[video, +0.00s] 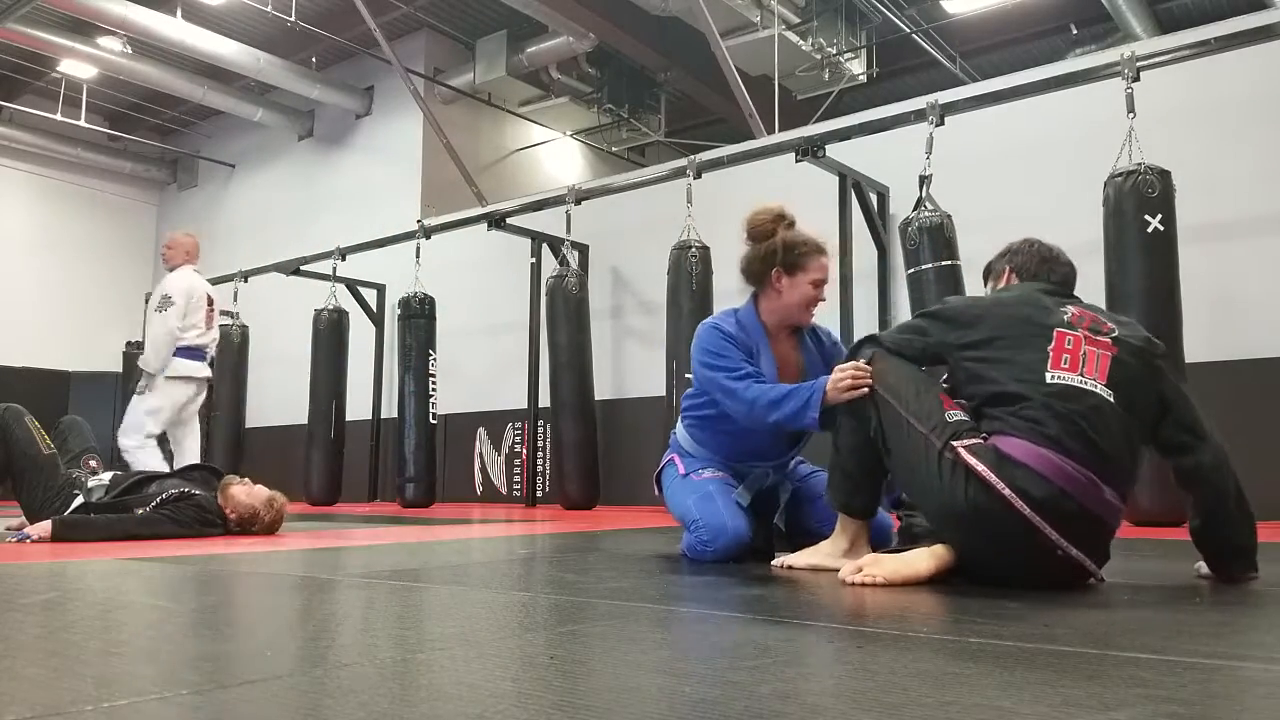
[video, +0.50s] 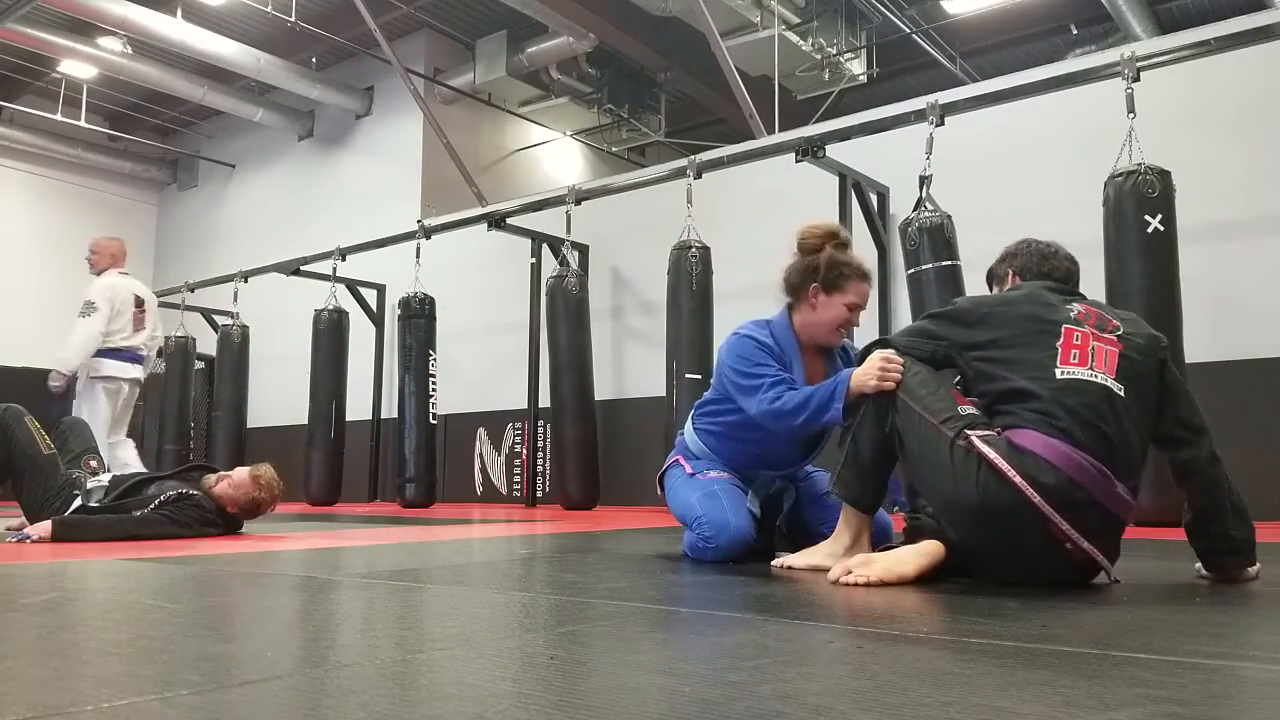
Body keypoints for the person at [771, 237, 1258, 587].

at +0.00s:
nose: (984, 299)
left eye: (987, 289)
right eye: (989, 291)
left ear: (1005, 279)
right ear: (1067, 289)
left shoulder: (983, 306)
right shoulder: (1137, 344)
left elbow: (869, 356)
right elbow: (1209, 466)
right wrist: (1232, 565)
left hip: (983, 508)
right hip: (1070, 560)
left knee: (870, 367)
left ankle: (846, 538)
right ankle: (932, 555)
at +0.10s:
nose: (981, 301)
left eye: (984, 292)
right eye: (986, 293)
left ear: (1002, 281)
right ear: (1063, 290)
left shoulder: (981, 310)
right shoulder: (1134, 342)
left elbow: (867, 358)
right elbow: (1200, 461)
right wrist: (1232, 564)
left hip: (980, 508)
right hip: (1067, 561)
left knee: (870, 367)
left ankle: (846, 538)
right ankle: (931, 552)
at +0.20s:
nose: (981, 298)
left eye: (985, 288)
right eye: (986, 289)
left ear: (1004, 279)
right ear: (1065, 288)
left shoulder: (977, 307)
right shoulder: (1134, 342)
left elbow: (868, 362)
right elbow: (1195, 459)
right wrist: (1232, 562)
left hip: (979, 505)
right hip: (1065, 560)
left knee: (872, 365)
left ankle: (845, 537)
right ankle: (933, 552)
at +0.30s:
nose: (983, 298)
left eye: (986, 289)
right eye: (987, 291)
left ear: (1005, 277)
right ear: (1064, 284)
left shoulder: (981, 305)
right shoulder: (1135, 341)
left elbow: (874, 358)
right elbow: (1192, 459)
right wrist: (1230, 561)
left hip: (982, 505)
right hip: (1067, 560)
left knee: (884, 367)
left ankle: (846, 537)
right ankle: (933, 550)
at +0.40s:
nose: (985, 299)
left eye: (988, 291)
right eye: (989, 292)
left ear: (1007, 279)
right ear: (1066, 286)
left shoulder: (987, 304)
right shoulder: (1137, 339)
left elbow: (880, 356)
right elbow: (1194, 458)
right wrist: (1230, 561)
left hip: (989, 504)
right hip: (1070, 558)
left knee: (890, 370)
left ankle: (846, 535)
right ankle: (930, 546)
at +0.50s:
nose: (991, 303)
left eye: (993, 294)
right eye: (993, 296)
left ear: (1012, 282)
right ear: (1072, 285)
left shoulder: (999, 304)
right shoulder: (1145, 339)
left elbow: (888, 352)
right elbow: (1198, 458)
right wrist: (1230, 559)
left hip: (994, 501)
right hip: (1071, 560)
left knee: (896, 371)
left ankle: (846, 535)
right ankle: (924, 548)